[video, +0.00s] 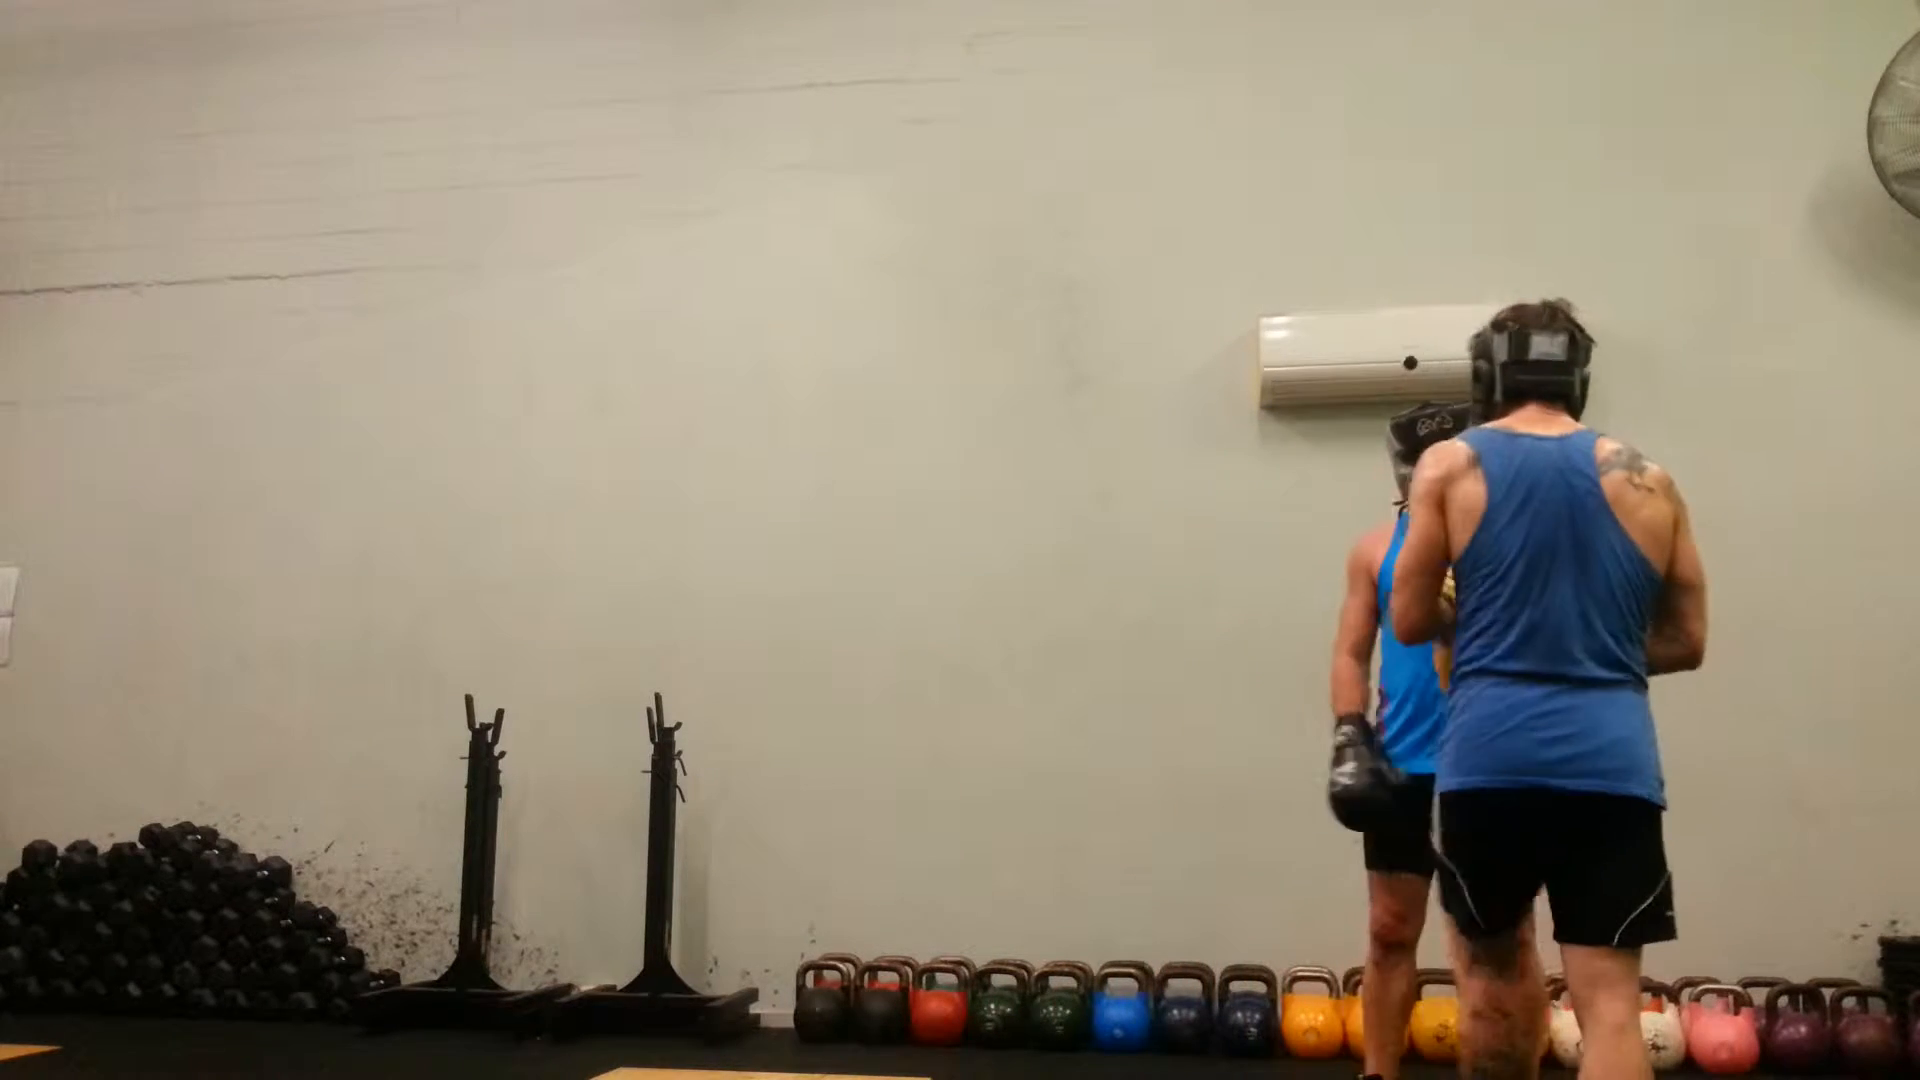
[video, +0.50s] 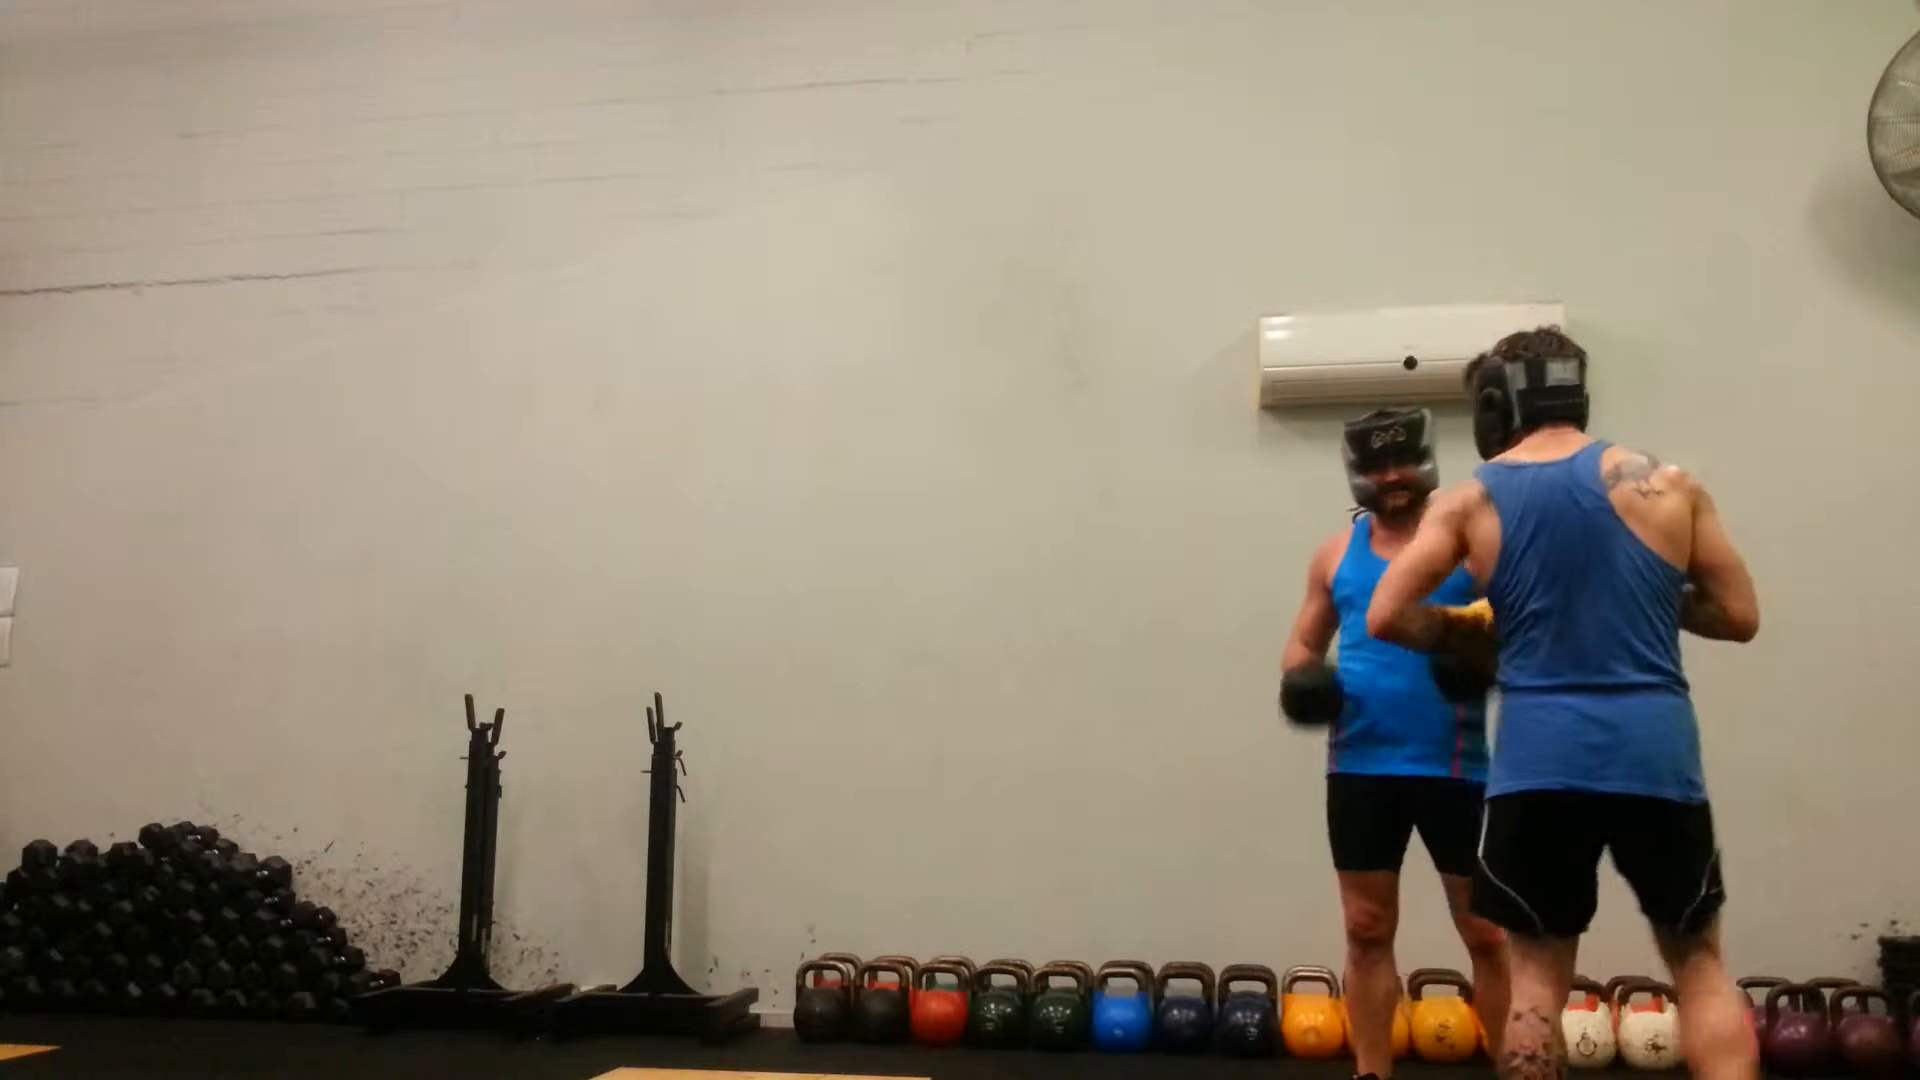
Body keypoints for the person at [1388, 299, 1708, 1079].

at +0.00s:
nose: (1485, 385)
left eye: (1485, 372)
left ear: (1491, 377)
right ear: (1578, 378)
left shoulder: (1449, 465)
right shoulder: (1649, 479)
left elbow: (1410, 620)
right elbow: (1684, 644)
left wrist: (1480, 613)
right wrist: (1580, 641)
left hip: (1486, 767)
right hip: (1612, 767)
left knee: (1492, 994)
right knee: (1610, 1006)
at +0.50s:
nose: (1476, 423)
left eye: (1481, 411)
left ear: (1497, 412)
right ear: (1581, 405)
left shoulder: (1471, 499)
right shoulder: (1668, 483)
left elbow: (1390, 615)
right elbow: (1738, 615)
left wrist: (1471, 631)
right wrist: (1642, 589)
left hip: (1536, 775)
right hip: (1659, 772)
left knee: (1537, 970)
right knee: (1697, 959)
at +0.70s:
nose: (1535, 431)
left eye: (1539, 418)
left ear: (1557, 418)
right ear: (1641, 413)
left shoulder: (1542, 493)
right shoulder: (1726, 506)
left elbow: (1433, 596)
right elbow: (1764, 647)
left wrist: (1507, 626)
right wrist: (1681, 596)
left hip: (1584, 782)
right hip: (1701, 784)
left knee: (1561, 981)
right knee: (1767, 986)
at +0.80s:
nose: (1572, 437)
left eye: (1577, 423)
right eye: (1575, 423)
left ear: (1602, 423)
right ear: (1680, 419)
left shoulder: (1590, 494)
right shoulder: (1758, 512)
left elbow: (1489, 595)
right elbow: (1768, 660)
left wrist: (1558, 635)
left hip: (1627, 784)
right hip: (1742, 784)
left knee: (1582, 984)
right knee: (1789, 989)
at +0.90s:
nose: (1603, 451)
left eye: (1606, 436)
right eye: (1600, 438)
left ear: (1635, 429)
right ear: (1705, 425)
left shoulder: (1631, 492)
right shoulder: (1785, 513)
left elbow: (1584, 600)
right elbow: (1775, 630)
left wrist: (1612, 658)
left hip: (1665, 779)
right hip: (1778, 778)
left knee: (1603, 970)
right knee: (1809, 984)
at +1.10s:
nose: (1644, 469)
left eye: (1644, 452)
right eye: (1642, 455)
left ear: (1668, 434)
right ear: (1733, 429)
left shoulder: (1698, 477)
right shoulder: (1812, 508)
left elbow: (1682, 576)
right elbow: (1801, 606)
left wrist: (1623, 584)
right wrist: (1682, 543)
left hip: (1717, 762)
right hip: (1818, 770)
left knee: (1645, 957)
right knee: (1826, 976)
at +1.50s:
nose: (1678, 442)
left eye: (1680, 426)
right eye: (1675, 429)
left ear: (1710, 415)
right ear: (1781, 412)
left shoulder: (1711, 472)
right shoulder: (1859, 504)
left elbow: (1576, 556)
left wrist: (1561, 504)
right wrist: (1695, 524)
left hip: (1742, 769)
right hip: (1850, 772)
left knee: (1725, 977)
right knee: (1848, 976)